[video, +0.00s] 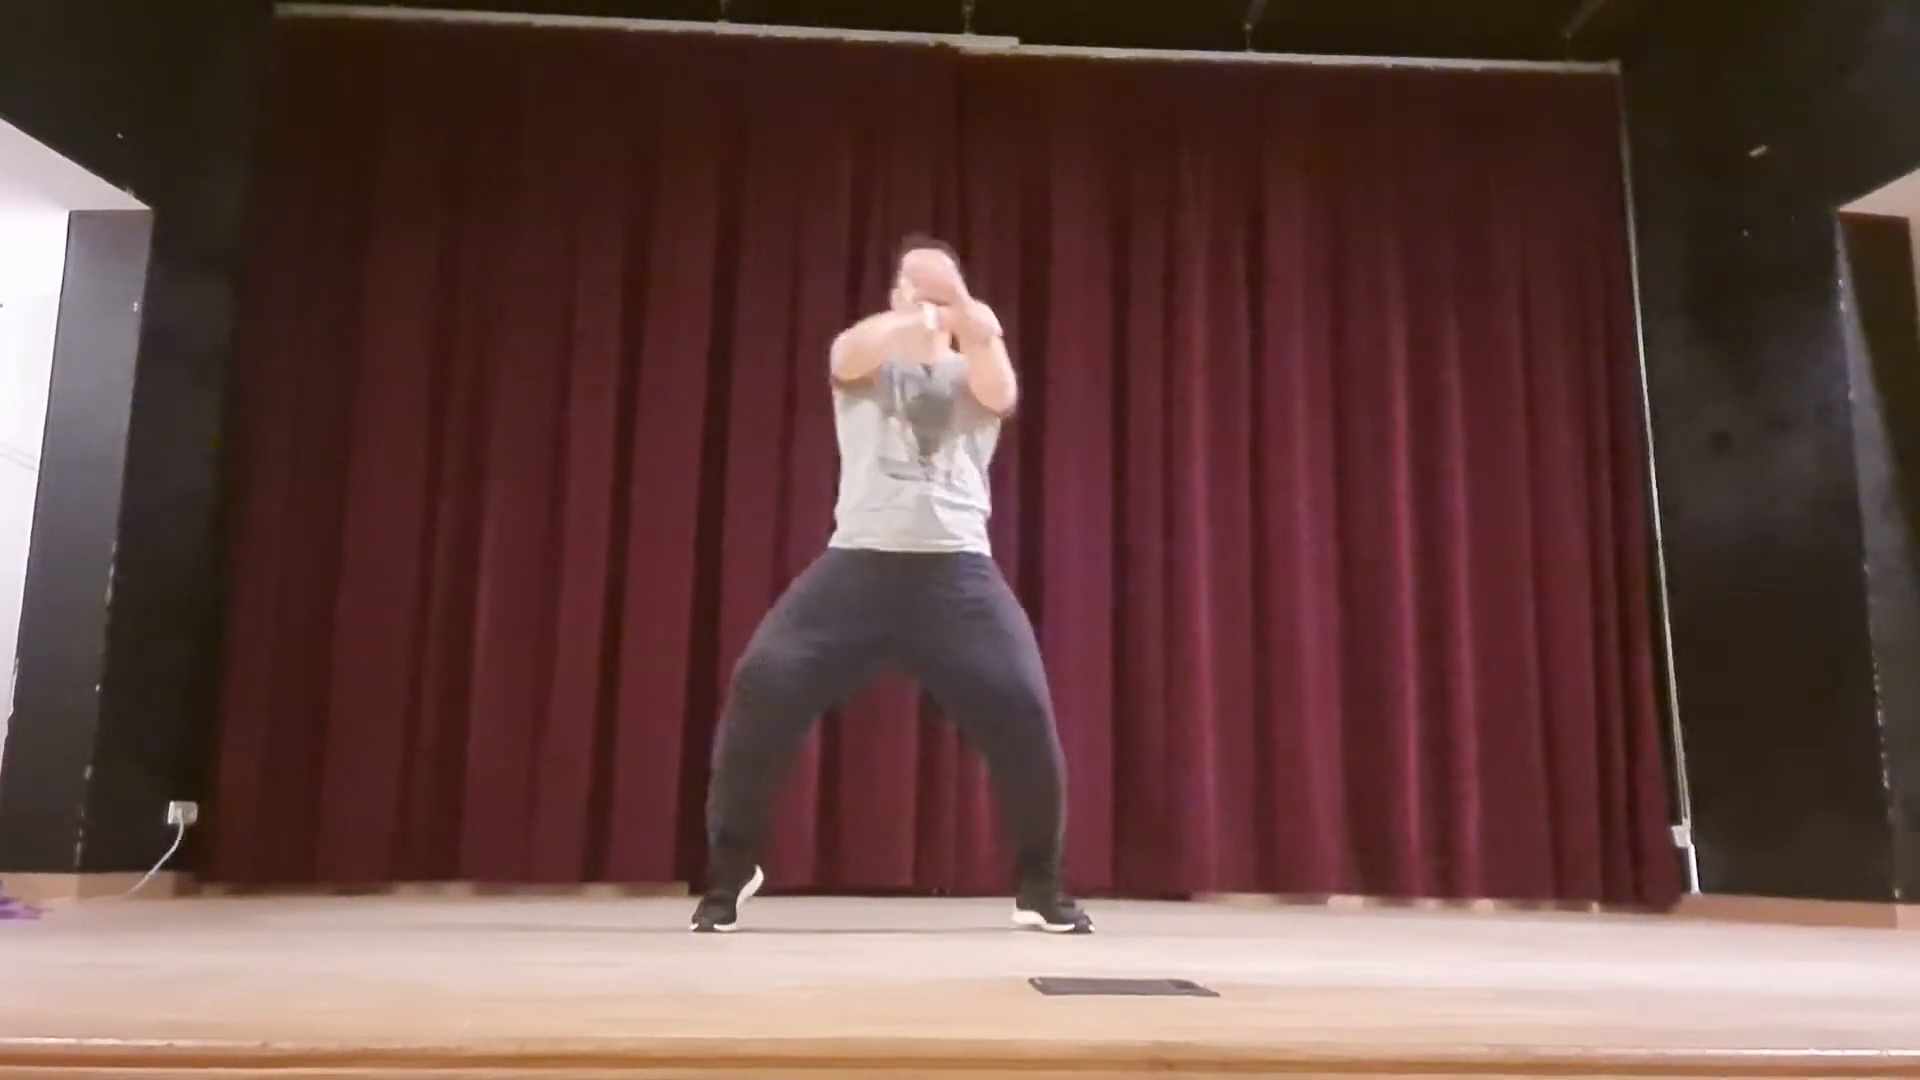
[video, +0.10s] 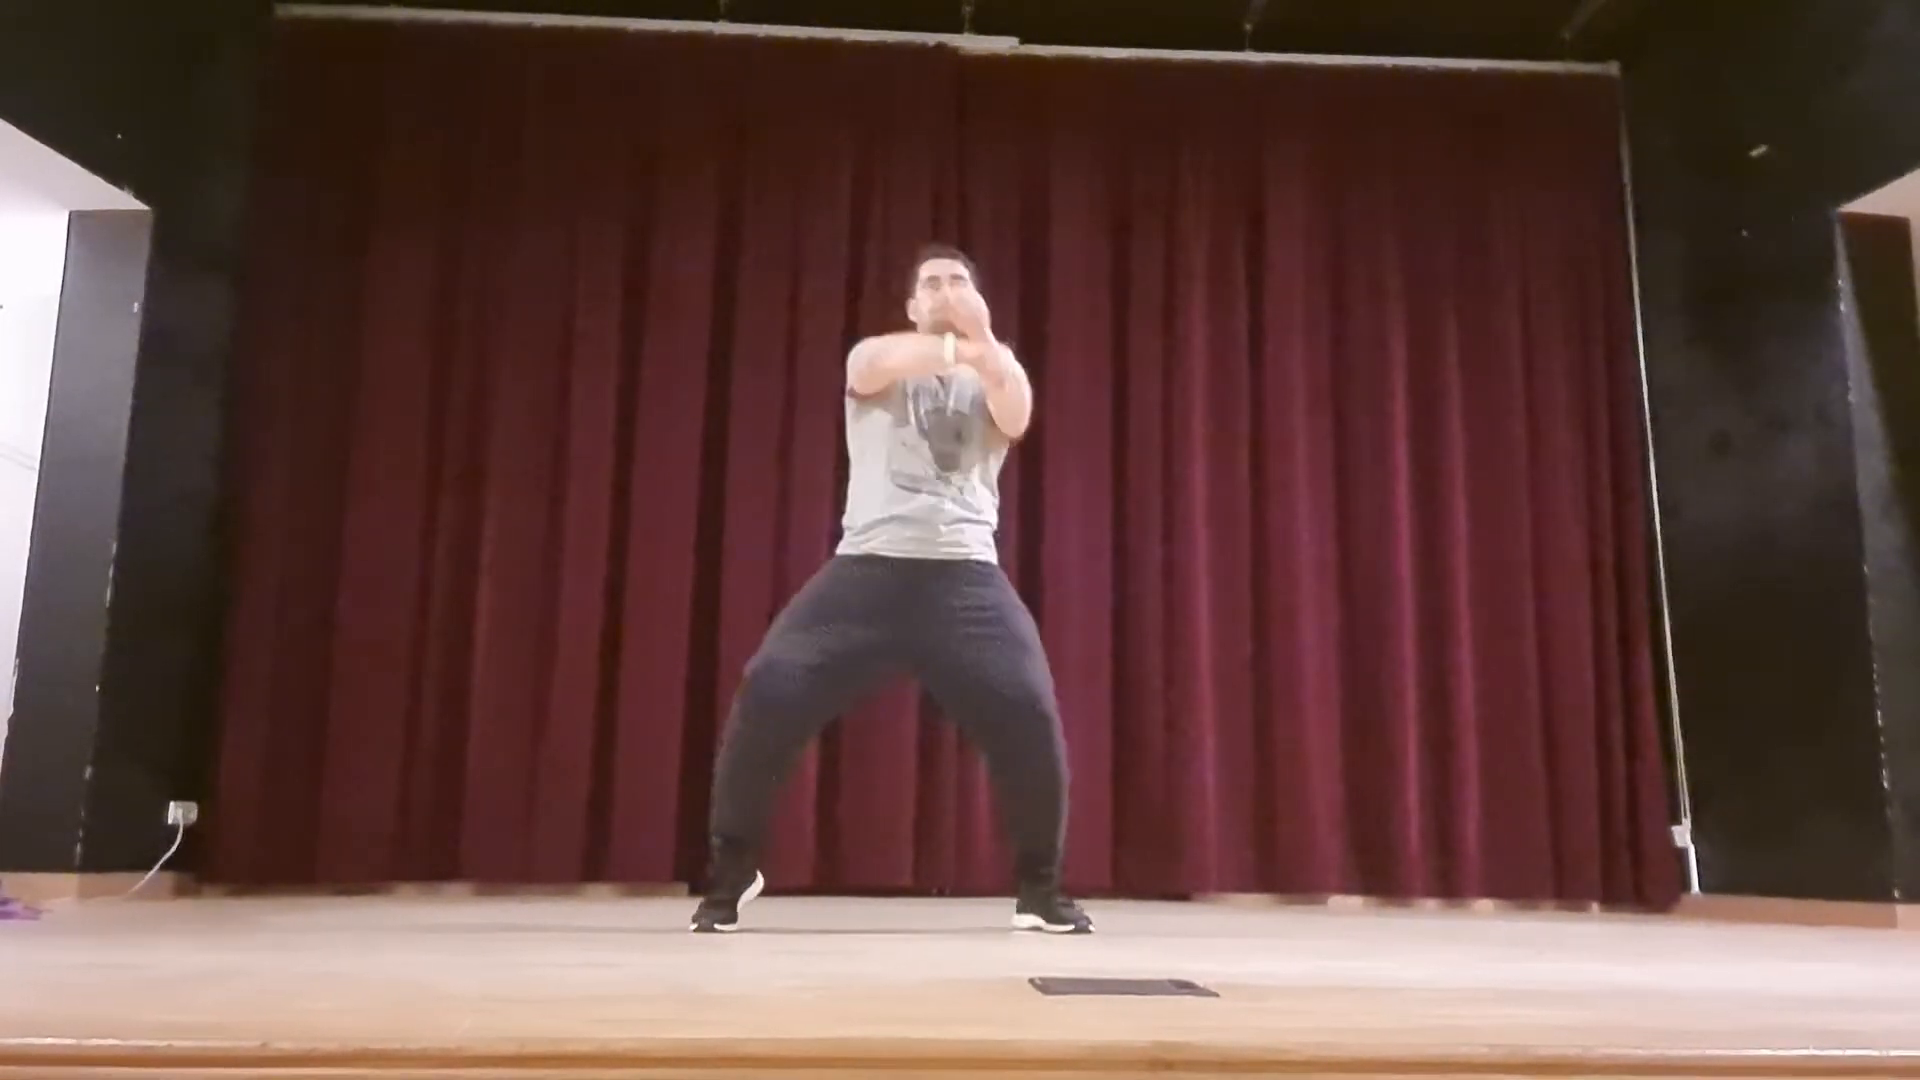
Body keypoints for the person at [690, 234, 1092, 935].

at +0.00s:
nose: (926, 312)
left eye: (938, 302)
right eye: (914, 299)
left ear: (960, 305)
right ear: (892, 298)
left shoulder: (983, 365)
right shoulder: (859, 353)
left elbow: (997, 394)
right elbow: (854, 353)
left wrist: (972, 324)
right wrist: (913, 320)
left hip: (959, 573)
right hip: (856, 567)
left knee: (1022, 705)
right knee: (763, 681)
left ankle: (1041, 886)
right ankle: (730, 867)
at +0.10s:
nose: (945, 290)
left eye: (959, 280)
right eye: (931, 282)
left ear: (981, 302)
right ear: (909, 303)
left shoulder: (998, 371)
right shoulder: (875, 357)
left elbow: (1016, 419)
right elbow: (868, 373)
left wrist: (987, 346)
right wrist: (950, 345)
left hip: (966, 577)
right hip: (864, 571)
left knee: (1027, 706)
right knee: (771, 684)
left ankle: (1041, 889)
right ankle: (731, 868)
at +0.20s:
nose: (953, 296)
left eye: (966, 286)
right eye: (940, 287)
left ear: (988, 303)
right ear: (919, 305)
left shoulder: (1006, 378)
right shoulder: (880, 357)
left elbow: (1022, 421)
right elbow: (878, 367)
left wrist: (997, 351)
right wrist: (972, 353)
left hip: (969, 579)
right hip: (866, 572)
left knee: (1031, 709)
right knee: (774, 681)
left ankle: (1040, 889)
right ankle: (730, 864)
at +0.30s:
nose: (954, 294)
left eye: (967, 283)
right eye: (941, 284)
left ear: (988, 301)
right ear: (919, 302)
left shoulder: (1003, 375)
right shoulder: (880, 355)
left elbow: (1021, 417)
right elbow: (880, 365)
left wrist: (1007, 351)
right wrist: (972, 346)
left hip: (968, 578)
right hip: (866, 571)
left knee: (1029, 709)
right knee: (775, 681)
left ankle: (1040, 888)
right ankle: (732, 865)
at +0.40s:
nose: (944, 293)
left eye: (958, 284)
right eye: (932, 285)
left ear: (983, 307)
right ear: (911, 306)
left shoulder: (1002, 375)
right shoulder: (873, 357)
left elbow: (1013, 423)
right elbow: (869, 373)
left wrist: (990, 364)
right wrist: (965, 352)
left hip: (968, 580)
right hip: (864, 574)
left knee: (1029, 711)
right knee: (772, 683)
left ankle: (1038, 887)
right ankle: (732, 866)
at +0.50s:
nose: (922, 292)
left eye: (937, 283)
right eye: (911, 285)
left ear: (970, 307)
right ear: (893, 309)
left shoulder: (986, 368)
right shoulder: (861, 362)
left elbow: (1001, 417)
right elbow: (858, 378)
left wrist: (970, 355)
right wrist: (929, 362)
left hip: (964, 578)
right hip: (861, 574)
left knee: (1027, 709)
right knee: (771, 683)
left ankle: (1039, 889)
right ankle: (731, 870)